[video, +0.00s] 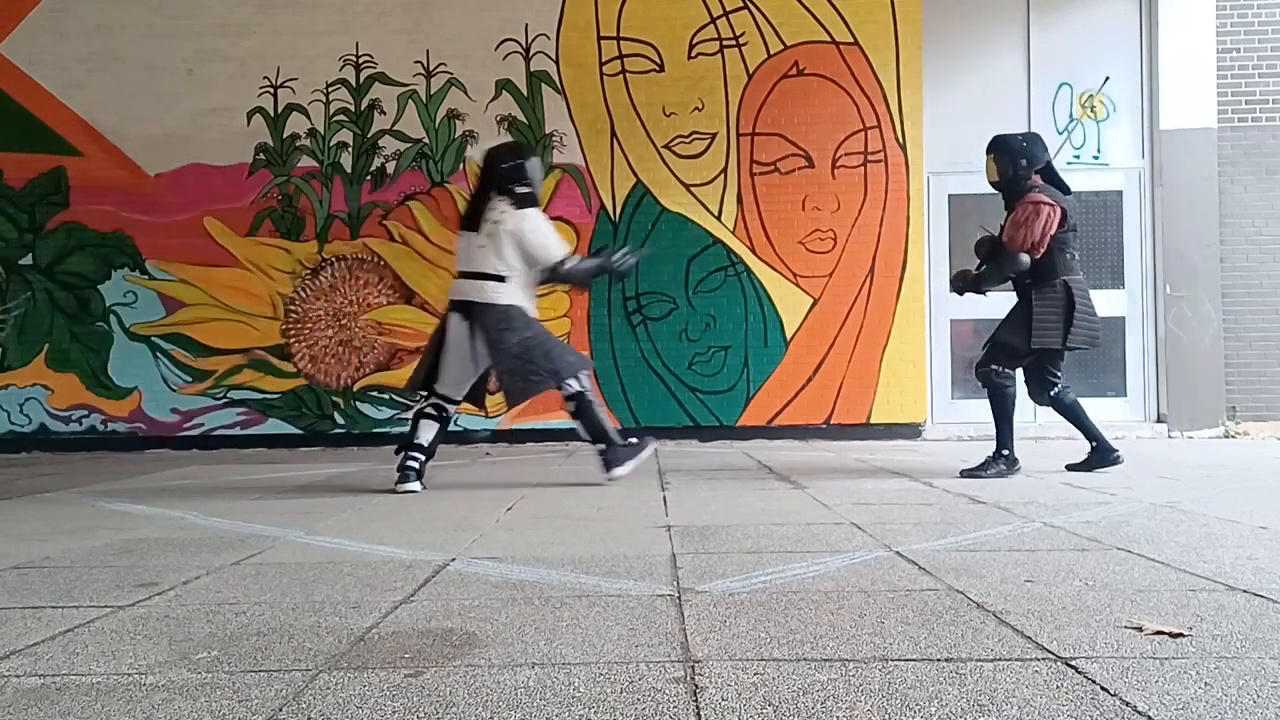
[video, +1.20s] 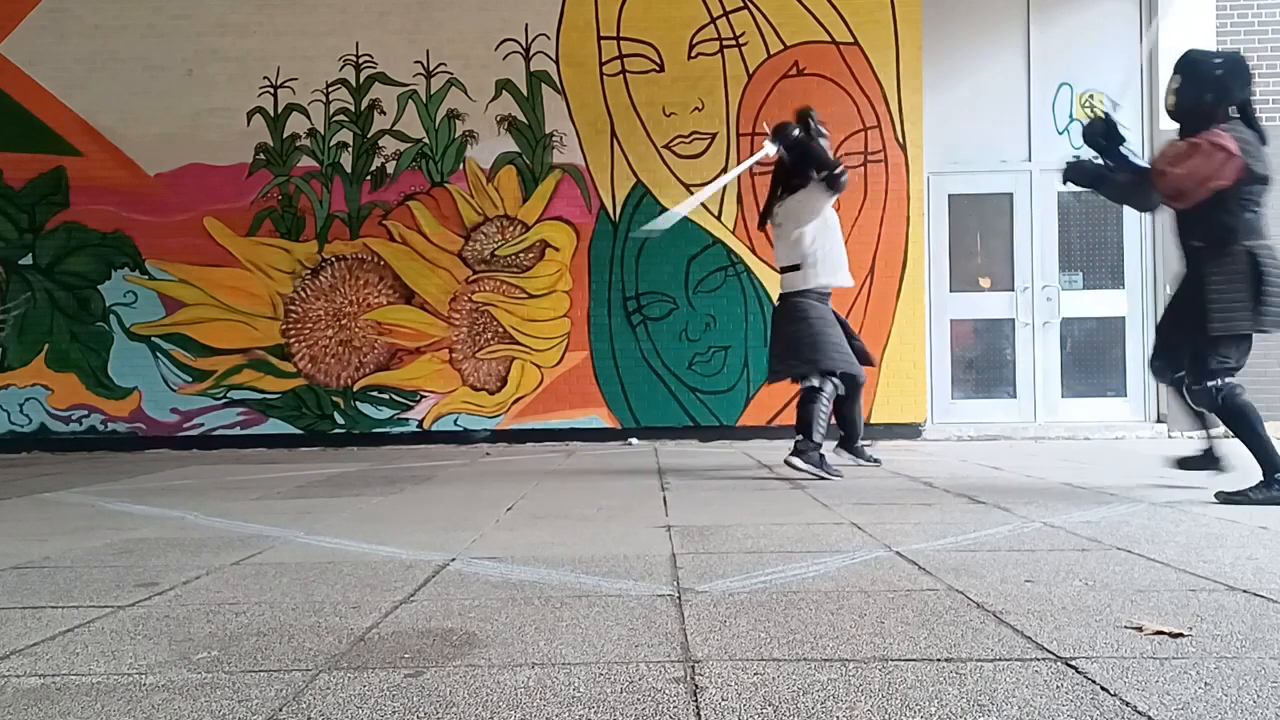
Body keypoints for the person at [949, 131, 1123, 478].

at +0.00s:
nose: (992, 172)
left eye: (998, 164)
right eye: (992, 165)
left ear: (1022, 165)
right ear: (1026, 167)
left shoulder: (1034, 203)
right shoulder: (1034, 200)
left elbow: (1015, 260)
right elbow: (1026, 256)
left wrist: (975, 280)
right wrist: (994, 250)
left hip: (1048, 300)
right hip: (1056, 299)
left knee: (994, 367)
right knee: (1044, 385)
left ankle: (1004, 456)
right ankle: (1102, 447)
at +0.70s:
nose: (1038, 170)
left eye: (1046, 163)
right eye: (1039, 162)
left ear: (1074, 166)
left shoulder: (1090, 212)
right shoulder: (1043, 202)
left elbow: (1038, 252)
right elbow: (1021, 248)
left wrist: (974, 249)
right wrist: (972, 250)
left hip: (1064, 304)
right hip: (1038, 300)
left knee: (1005, 377)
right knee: (1022, 387)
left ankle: (982, 462)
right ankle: (1108, 438)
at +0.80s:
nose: (1066, 149)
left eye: (1075, 143)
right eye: (1068, 141)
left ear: (1101, 146)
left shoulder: (1119, 189)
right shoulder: (1068, 184)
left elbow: (1059, 219)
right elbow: (1032, 226)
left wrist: (996, 200)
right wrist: (994, 201)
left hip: (1096, 300)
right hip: (1071, 297)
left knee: (1030, 381)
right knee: (1068, 395)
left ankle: (989, 461)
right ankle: (1140, 463)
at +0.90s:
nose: (1090, 127)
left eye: (1097, 121)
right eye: (1093, 120)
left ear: (1119, 128)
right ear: (1126, 129)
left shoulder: (1139, 172)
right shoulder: (1119, 169)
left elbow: (1076, 192)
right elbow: (1055, 199)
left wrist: (1017, 167)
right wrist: (1021, 167)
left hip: (1120, 291)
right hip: (1116, 289)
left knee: (1054, 360)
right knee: (1091, 379)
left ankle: (1056, 451)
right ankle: (1142, 463)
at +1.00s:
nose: (1117, 106)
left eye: (1124, 99)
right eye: (1120, 98)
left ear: (1146, 109)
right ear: (1160, 110)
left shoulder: (1160, 155)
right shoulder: (1166, 150)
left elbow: (1094, 179)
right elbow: (1096, 172)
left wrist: (1035, 152)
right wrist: (1054, 146)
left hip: (1150, 272)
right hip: (1152, 270)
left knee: (1107, 356)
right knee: (1109, 357)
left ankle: (1149, 456)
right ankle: (1152, 448)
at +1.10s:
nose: (1147, 96)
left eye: (1156, 88)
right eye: (1150, 87)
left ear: (1180, 95)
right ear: (1193, 95)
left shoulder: (1190, 144)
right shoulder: (1188, 137)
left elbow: (1118, 178)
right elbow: (1129, 170)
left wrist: (1057, 152)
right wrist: (1081, 149)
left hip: (1189, 268)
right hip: (1174, 266)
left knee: (1170, 368)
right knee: (1156, 365)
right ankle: (1157, 459)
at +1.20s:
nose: (1171, 94)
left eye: (1181, 86)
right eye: (1174, 84)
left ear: (1209, 94)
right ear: (1217, 97)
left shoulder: (1219, 147)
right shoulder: (1213, 140)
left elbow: (1150, 192)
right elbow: (1156, 181)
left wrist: (1090, 174)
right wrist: (1115, 150)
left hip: (1229, 271)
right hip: (1210, 270)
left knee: (1212, 378)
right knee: (1168, 362)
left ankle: (1273, 476)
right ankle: (1211, 449)